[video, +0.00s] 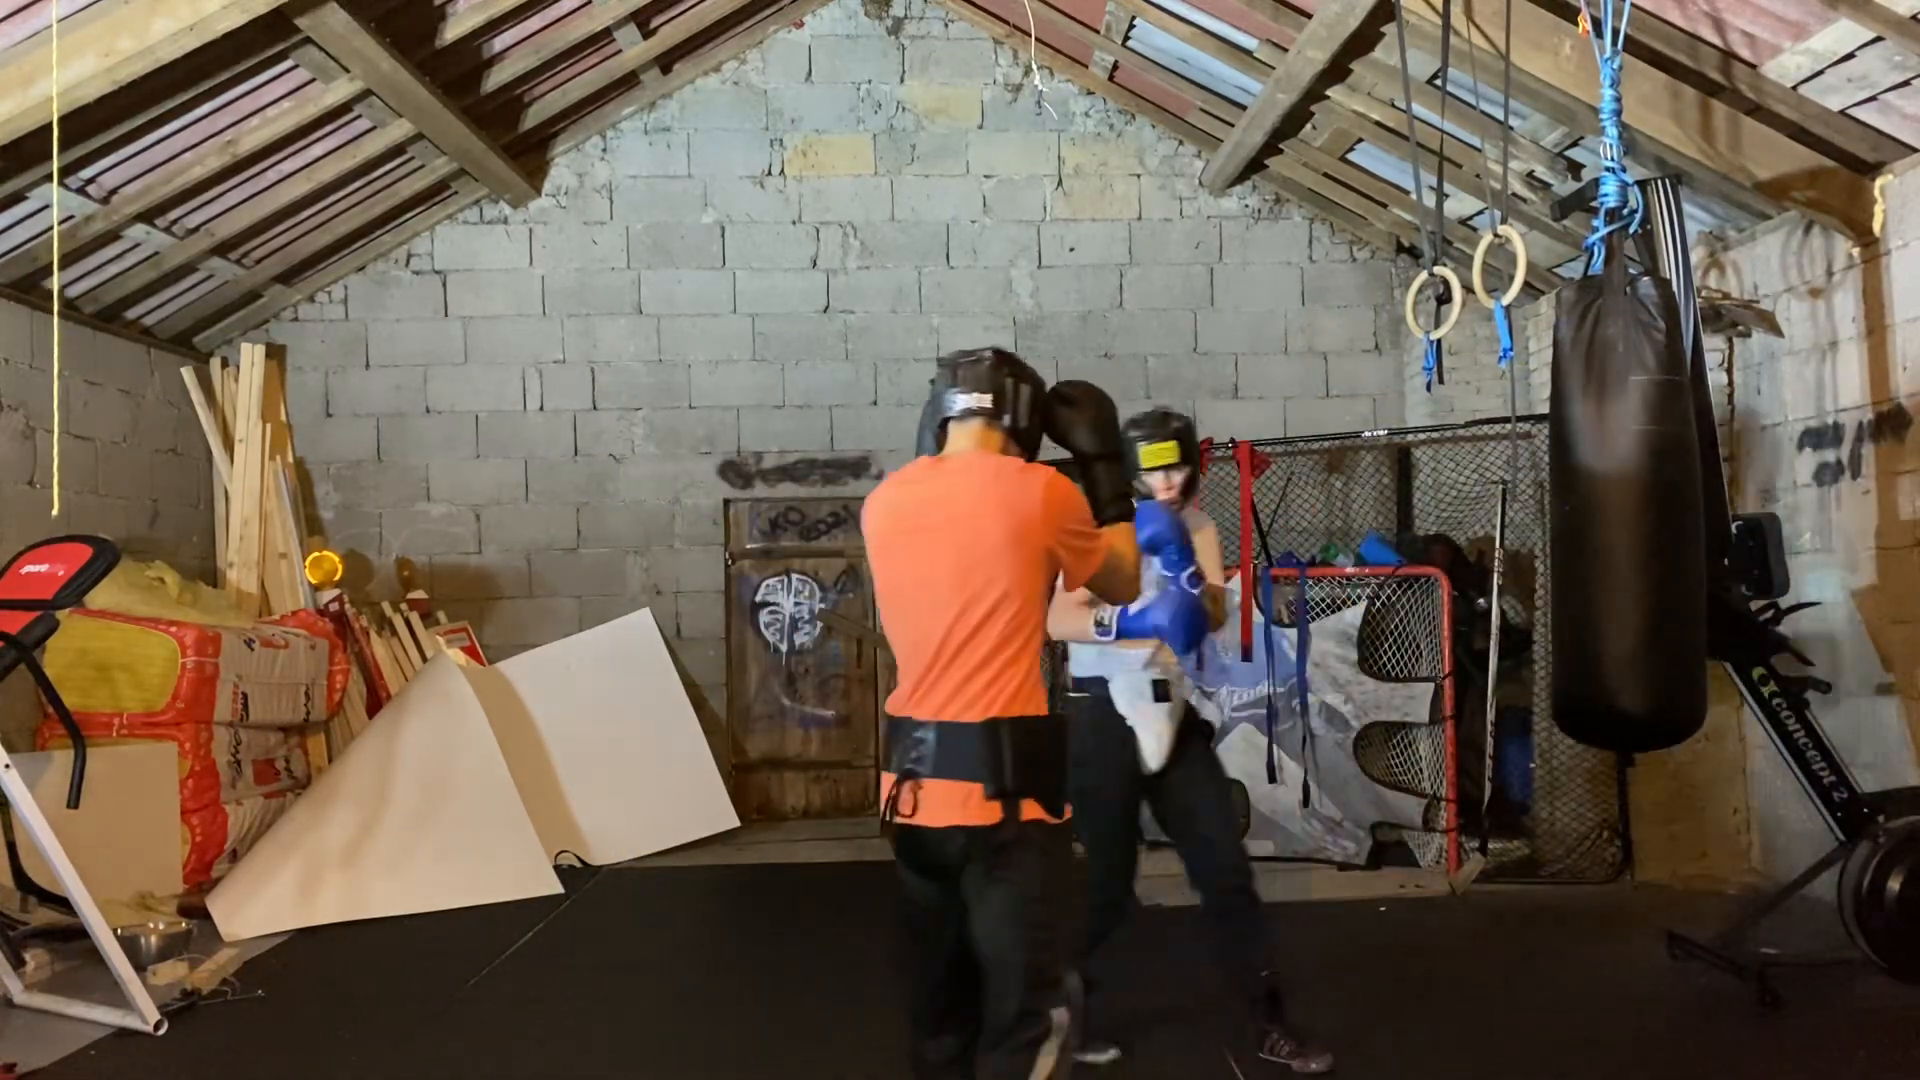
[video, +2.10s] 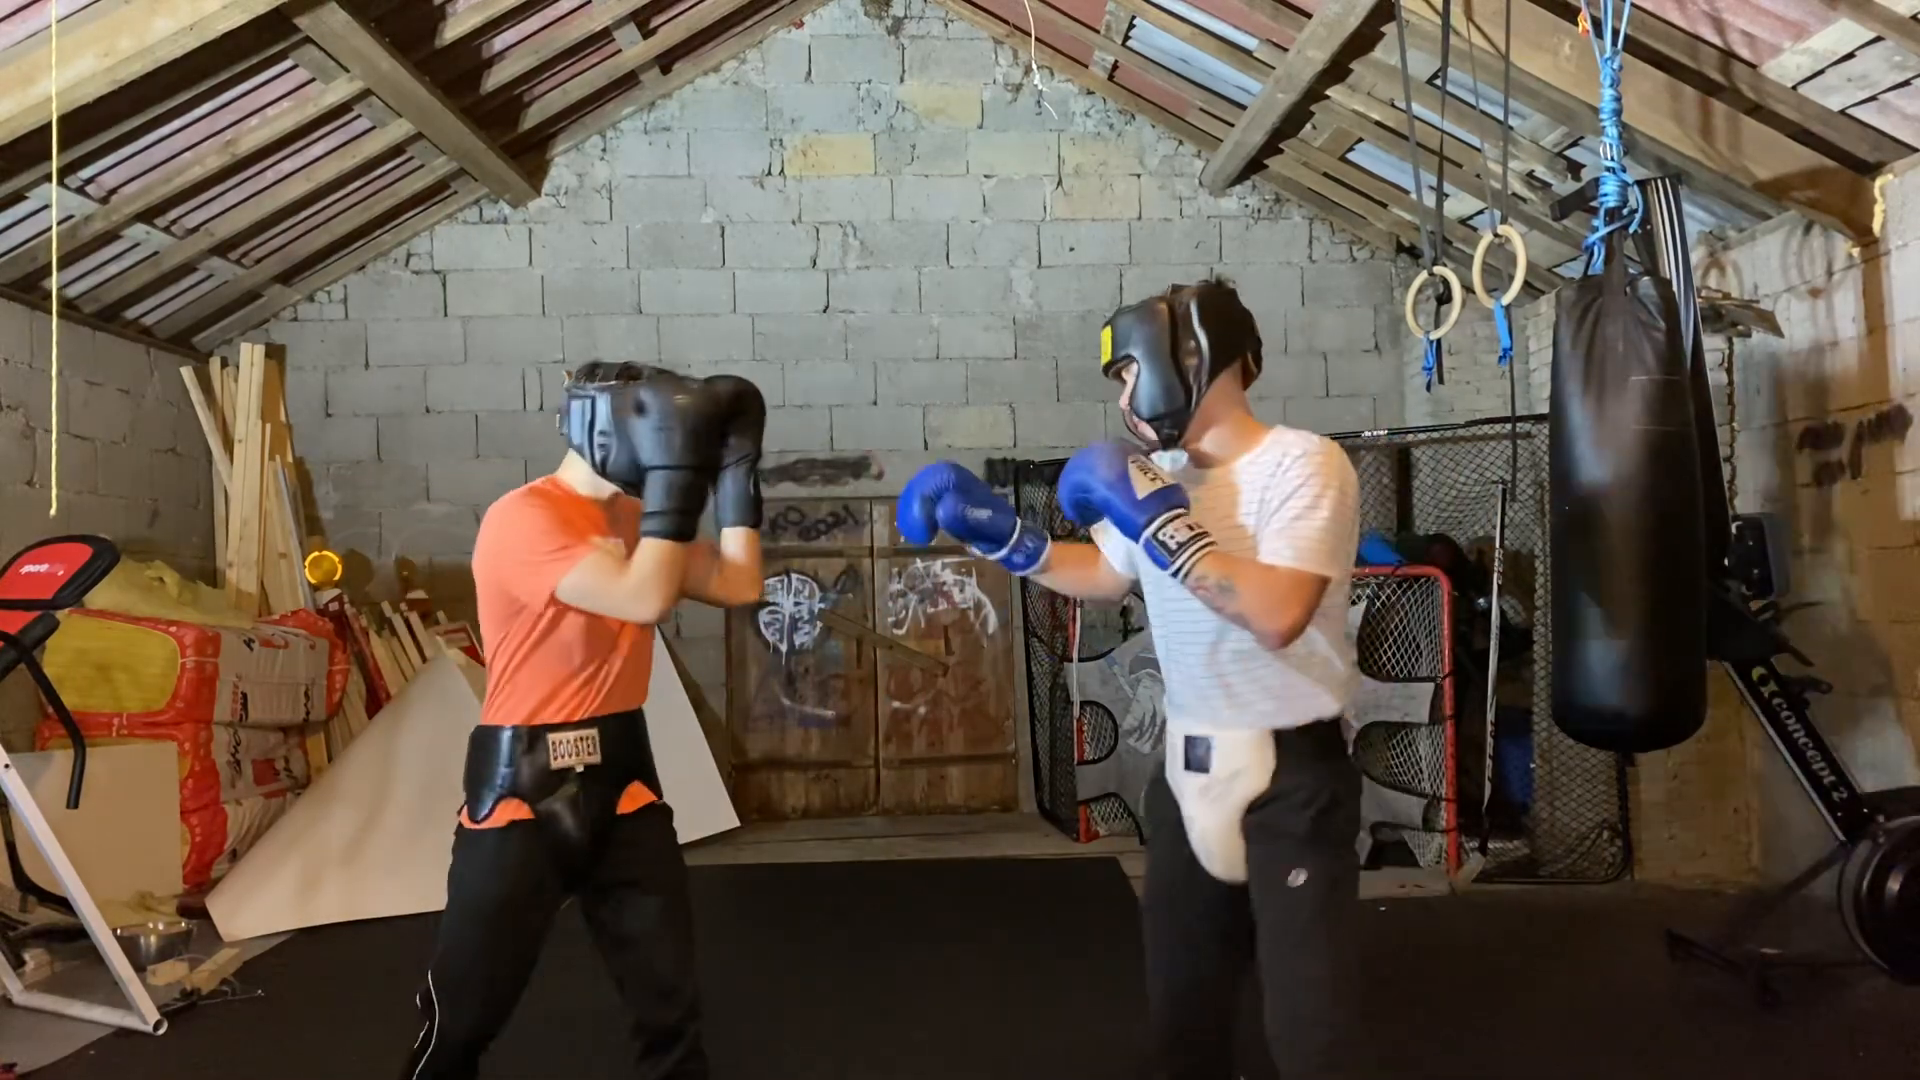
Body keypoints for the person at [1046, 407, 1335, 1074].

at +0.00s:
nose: (1169, 483)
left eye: (1179, 469)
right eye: (1155, 472)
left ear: (1195, 469)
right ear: (1129, 475)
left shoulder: (1198, 529)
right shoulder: (1103, 531)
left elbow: (1218, 617)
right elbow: (1058, 619)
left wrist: (1198, 584)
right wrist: (1133, 635)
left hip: (1172, 708)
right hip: (1097, 711)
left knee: (1224, 867)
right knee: (1108, 879)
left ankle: (1265, 1028)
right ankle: (1073, 1015)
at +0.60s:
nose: (1208, 468)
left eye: (1220, 453)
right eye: (1193, 457)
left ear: (1250, 453)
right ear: (1178, 464)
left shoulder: (1287, 523)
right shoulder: (1147, 538)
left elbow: (1315, 621)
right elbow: (1067, 620)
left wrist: (1250, 571)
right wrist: (1078, 616)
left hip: (1284, 742)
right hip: (1192, 746)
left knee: (1296, 903)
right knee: (1180, 921)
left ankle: (1278, 1022)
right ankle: (1147, 1068)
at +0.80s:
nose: (1187, 461)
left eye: (1200, 444)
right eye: (1173, 449)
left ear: (1232, 442)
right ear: (1159, 455)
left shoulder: (1278, 512)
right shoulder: (1136, 512)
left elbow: (1304, 624)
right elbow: (1060, 556)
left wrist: (1241, 569)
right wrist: (1028, 531)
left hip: (1281, 729)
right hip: (1187, 737)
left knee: (1374, 904)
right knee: (1174, 930)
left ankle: (1355, 1010)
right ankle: (1147, 1068)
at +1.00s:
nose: (1230, 451)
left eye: (1244, 432)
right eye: (1216, 434)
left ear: (1282, 433)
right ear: (1201, 441)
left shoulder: (1331, 503)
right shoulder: (1169, 513)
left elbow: (1354, 620)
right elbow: (1114, 614)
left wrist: (1270, 555)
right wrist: (1114, 620)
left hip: (1315, 733)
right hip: (1209, 737)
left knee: (1383, 922)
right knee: (1184, 936)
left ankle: (1436, 1054)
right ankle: (1156, 1068)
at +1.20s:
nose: (1280, 446)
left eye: (1296, 427)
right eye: (1275, 428)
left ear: (1348, 430)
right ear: (1273, 436)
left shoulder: (1416, 517)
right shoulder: (1255, 517)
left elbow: (1413, 635)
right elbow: (1238, 617)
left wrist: (1313, 548)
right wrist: (1199, 615)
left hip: (1388, 766)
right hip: (1274, 768)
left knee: (1443, 969)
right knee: (1207, 964)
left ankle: (1487, 1071)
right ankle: (1195, 1070)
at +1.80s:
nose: (1167, 421)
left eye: (1178, 396)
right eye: (1163, 402)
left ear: (1245, 391)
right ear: (1232, 397)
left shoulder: (1349, 472)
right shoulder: (1200, 507)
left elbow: (1340, 593)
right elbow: (1196, 624)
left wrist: (1209, 509)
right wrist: (1110, 612)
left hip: (1354, 777)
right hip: (1233, 780)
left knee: (1419, 1009)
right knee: (1201, 1012)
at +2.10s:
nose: (1123, 395)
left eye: (1133, 372)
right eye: (1122, 374)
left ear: (1188, 368)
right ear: (1201, 370)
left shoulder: (1307, 465)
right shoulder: (1157, 482)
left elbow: (1280, 612)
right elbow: (1107, 573)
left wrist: (1166, 528)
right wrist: (1007, 537)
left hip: (1295, 772)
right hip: (1187, 773)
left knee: (1308, 1032)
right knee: (1184, 1025)